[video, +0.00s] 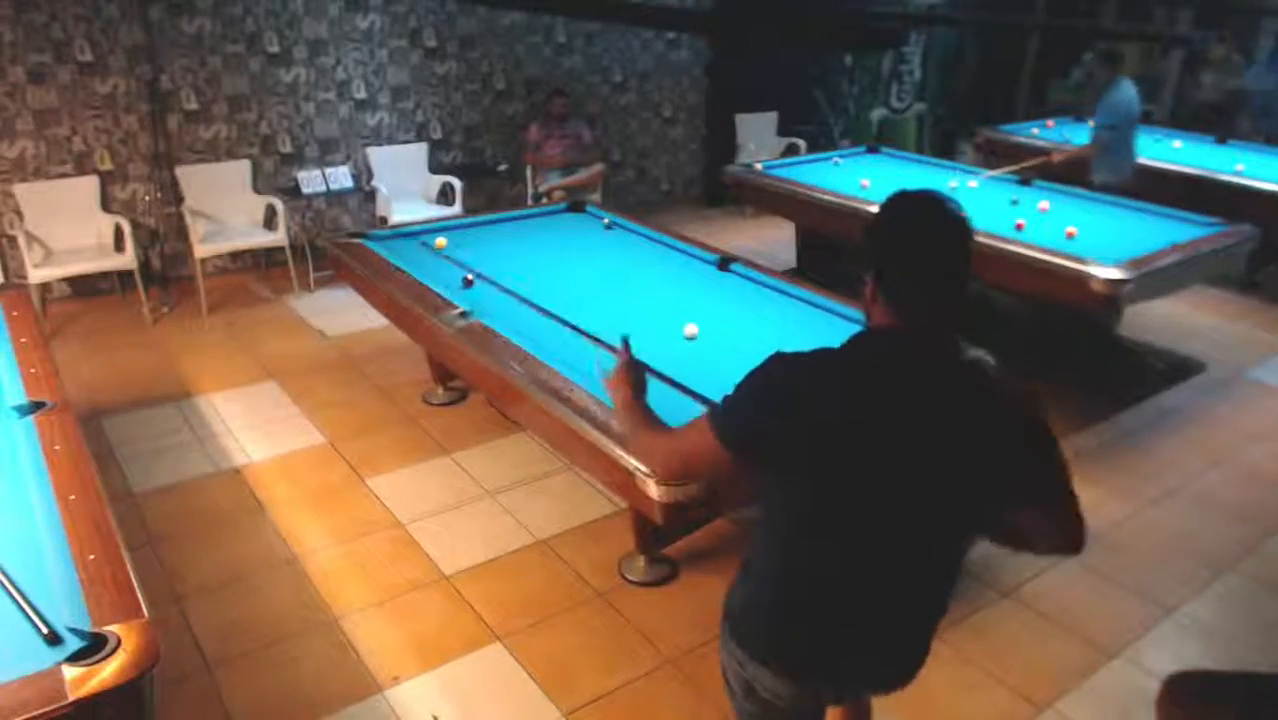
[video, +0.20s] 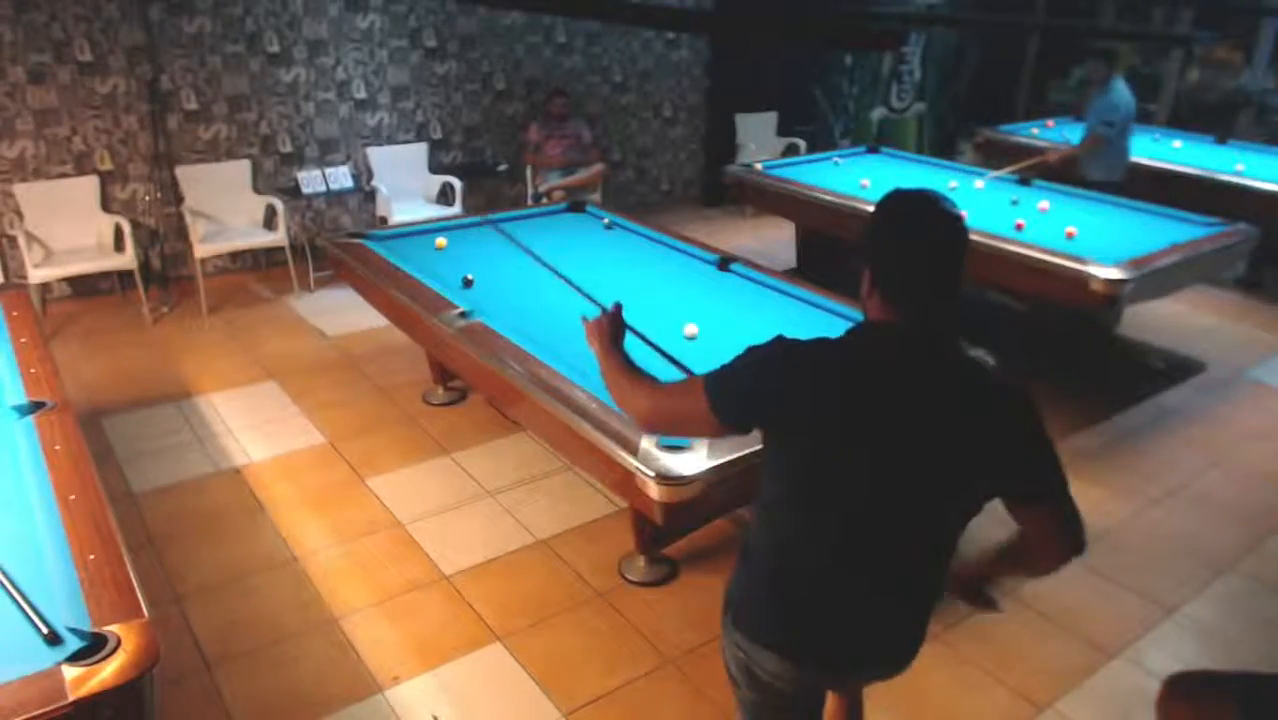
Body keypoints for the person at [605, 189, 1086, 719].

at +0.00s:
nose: (866, 286)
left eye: (866, 275)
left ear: (870, 287)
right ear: (959, 293)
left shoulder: (797, 382)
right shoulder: (996, 406)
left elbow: (666, 460)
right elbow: (1062, 532)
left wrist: (626, 400)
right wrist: (960, 504)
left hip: (776, 646)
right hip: (892, 653)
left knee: (770, 706)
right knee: (853, 688)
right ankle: (855, 707)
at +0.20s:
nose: (861, 277)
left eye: (864, 265)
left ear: (868, 279)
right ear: (955, 286)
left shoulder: (794, 369)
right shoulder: (993, 403)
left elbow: (652, 410)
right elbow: (1054, 540)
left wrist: (604, 348)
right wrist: (981, 573)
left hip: (774, 632)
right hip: (889, 639)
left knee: (777, 707)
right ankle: (848, 703)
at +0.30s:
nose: (860, 277)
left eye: (862, 264)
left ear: (865, 277)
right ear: (953, 286)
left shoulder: (796, 362)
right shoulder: (988, 403)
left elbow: (651, 390)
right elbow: (1064, 534)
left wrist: (605, 320)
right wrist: (1059, 600)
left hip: (772, 620)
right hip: (883, 630)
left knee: (768, 704)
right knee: (847, 675)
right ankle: (845, 698)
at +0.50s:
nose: (860, 269)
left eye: (864, 256)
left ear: (867, 269)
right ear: (951, 279)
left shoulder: (801, 353)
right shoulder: (984, 394)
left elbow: (666, 383)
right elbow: (1079, 509)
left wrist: (624, 322)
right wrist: (1016, 552)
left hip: (774, 605)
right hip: (879, 611)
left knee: (774, 706)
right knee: (846, 663)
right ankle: (838, 705)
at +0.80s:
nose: (866, 252)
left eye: (870, 243)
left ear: (874, 253)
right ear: (951, 258)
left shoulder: (811, 328)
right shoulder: (988, 356)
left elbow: (684, 356)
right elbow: (1084, 503)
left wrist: (644, 297)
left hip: (782, 558)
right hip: (885, 574)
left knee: (746, 661)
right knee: (846, 670)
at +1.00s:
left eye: (863, 245)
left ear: (861, 253)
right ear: (939, 259)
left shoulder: (801, 321)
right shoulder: (967, 357)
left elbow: (682, 341)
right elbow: (1080, 483)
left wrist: (658, 289)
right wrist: (1103, 589)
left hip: (770, 537)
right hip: (871, 561)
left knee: (716, 608)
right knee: (836, 654)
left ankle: (717, 711)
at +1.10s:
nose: (851, 258)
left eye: (851, 245)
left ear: (850, 253)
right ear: (926, 257)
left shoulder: (798, 320)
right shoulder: (958, 350)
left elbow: (684, 348)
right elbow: (1057, 478)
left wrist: (669, 298)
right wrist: (1068, 593)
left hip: (761, 534)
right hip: (863, 559)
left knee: (707, 599)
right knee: (835, 653)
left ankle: (681, 699)